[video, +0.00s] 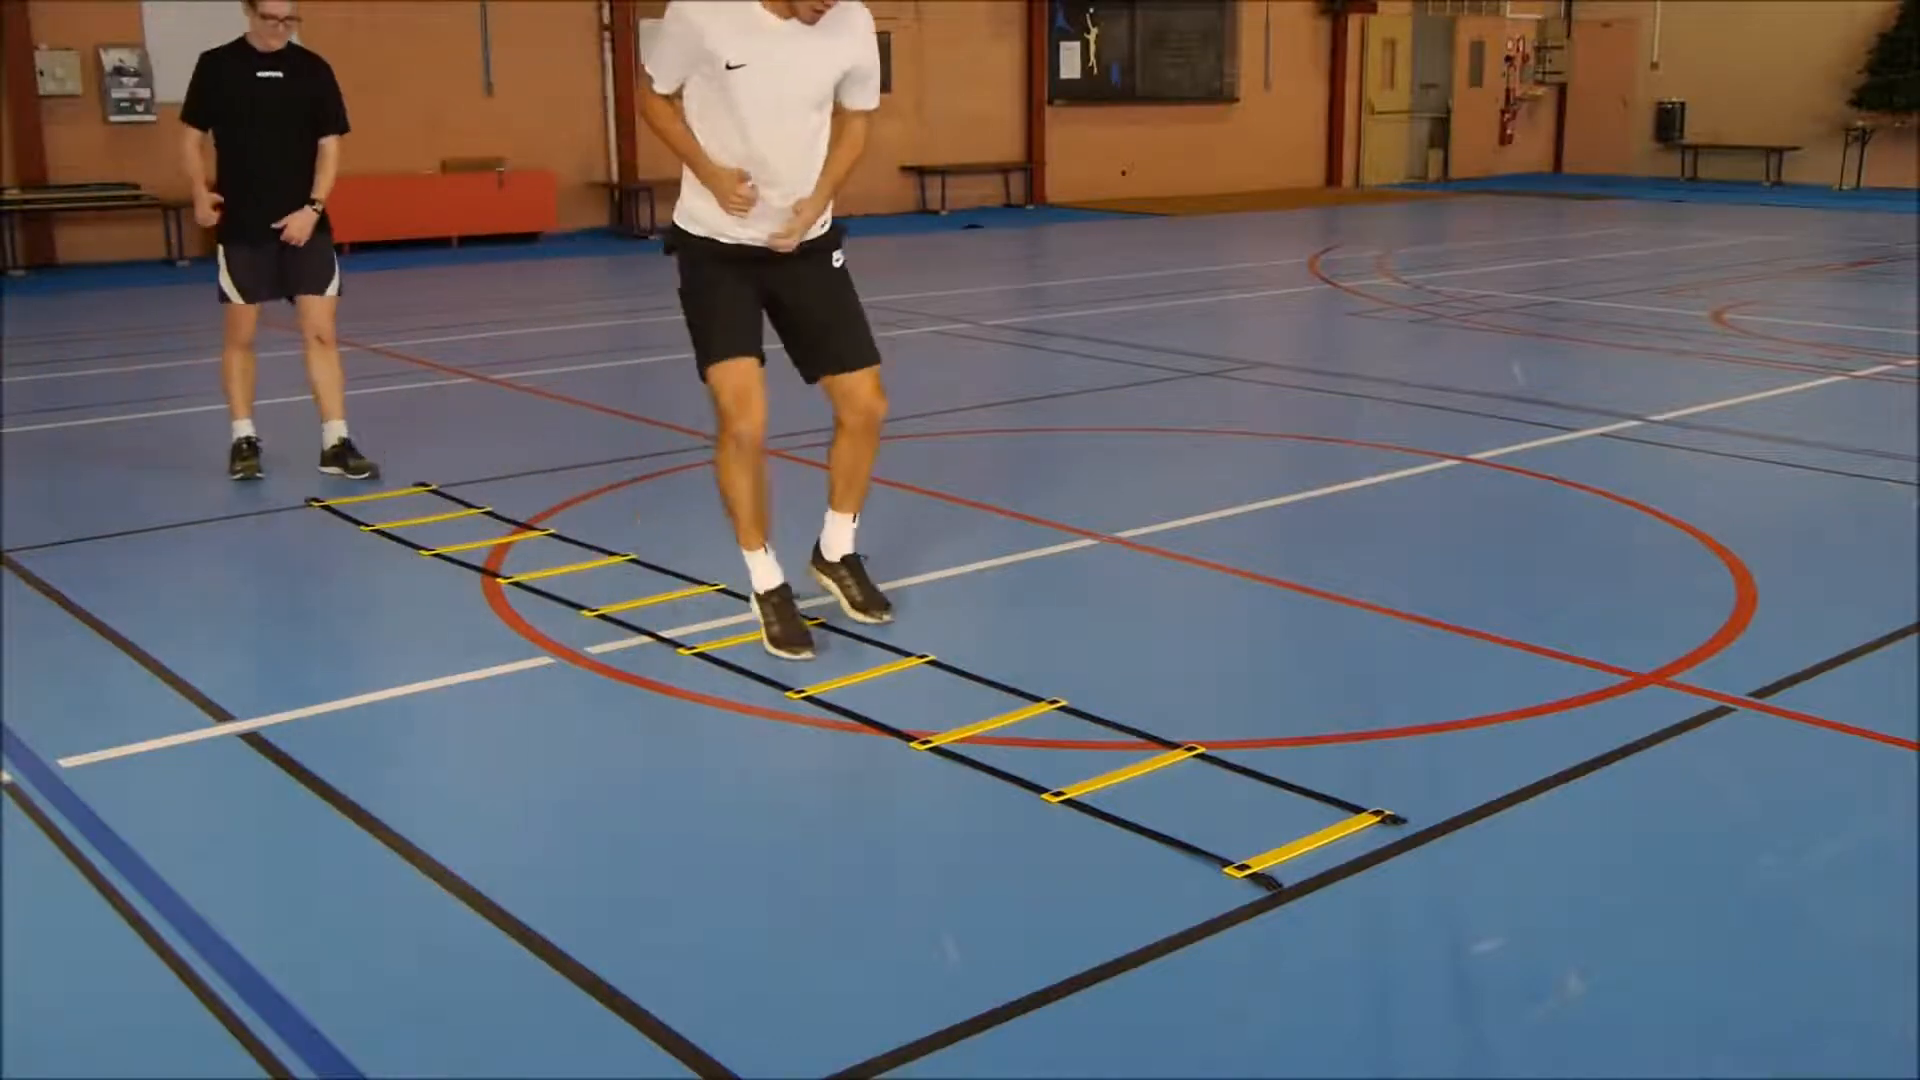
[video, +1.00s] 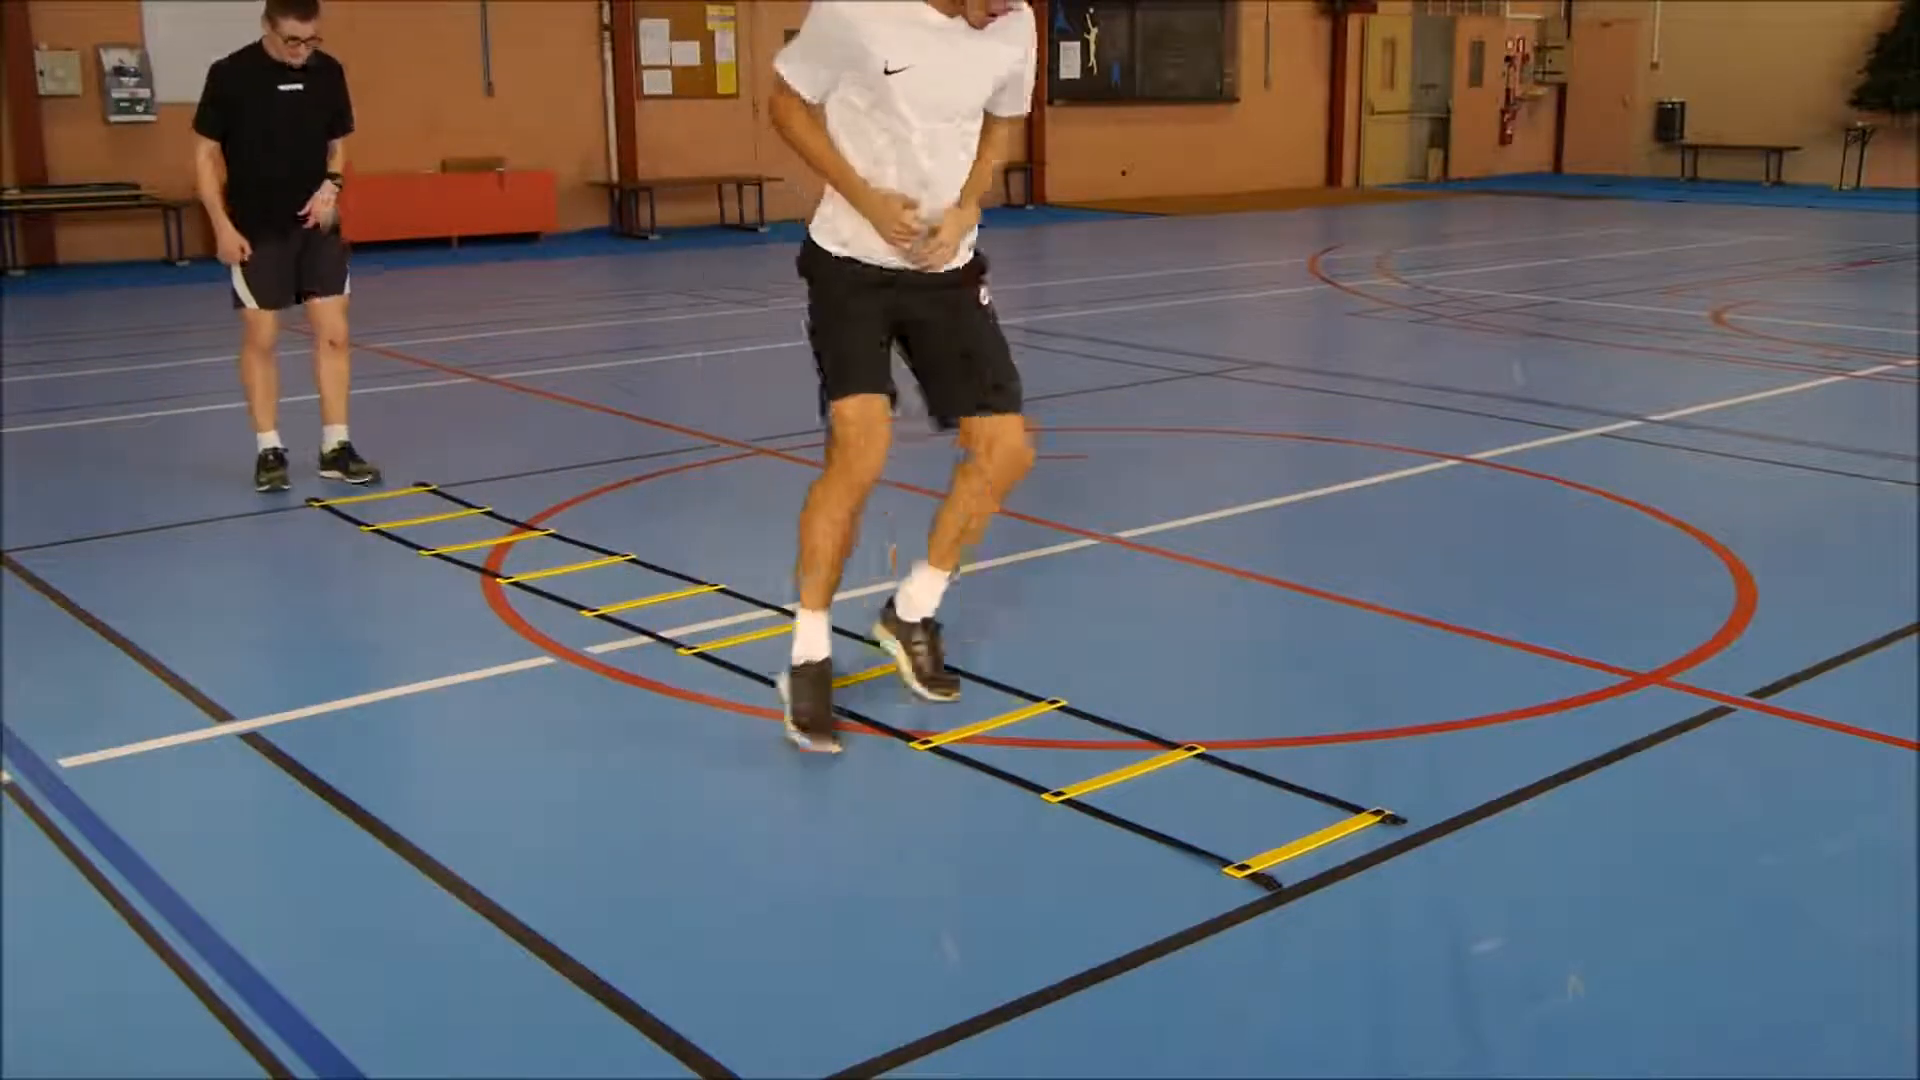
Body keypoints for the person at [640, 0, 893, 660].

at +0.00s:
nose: (822, 6)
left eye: (829, 3)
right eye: (813, 2)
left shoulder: (853, 24)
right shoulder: (698, 17)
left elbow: (854, 118)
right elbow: (654, 98)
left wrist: (818, 198)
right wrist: (708, 169)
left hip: (807, 242)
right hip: (714, 244)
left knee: (864, 405)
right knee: (744, 420)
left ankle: (835, 551)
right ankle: (767, 585)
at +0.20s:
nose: (853, 2)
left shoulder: (881, 21)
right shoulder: (722, 12)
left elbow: (874, 108)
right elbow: (670, 83)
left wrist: (831, 180)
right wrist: (708, 161)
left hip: (823, 243)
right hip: (731, 240)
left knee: (839, 421)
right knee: (755, 412)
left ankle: (797, 585)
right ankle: (743, 574)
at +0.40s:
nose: (891, 15)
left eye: (897, 6)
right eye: (880, 4)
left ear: (895, 4)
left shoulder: (888, 36)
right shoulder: (754, 37)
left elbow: (865, 123)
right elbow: (685, 137)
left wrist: (857, 198)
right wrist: (773, 217)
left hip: (845, 268)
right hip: (755, 280)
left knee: (951, 393)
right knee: (725, 459)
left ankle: (861, 544)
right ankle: (662, 628)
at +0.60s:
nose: (937, 17)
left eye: (945, 8)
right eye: (928, 6)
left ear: (948, 5)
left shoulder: (953, 33)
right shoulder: (795, 23)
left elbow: (948, 125)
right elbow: (738, 112)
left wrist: (918, 201)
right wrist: (793, 194)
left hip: (904, 264)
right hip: (805, 263)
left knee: (955, 429)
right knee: (797, 431)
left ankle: (931, 588)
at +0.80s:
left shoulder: (982, 16)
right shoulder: (827, 12)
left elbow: (965, 106)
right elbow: (758, 97)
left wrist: (942, 183)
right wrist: (836, 189)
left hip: (929, 253)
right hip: (837, 260)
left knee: (996, 421)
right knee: (882, 448)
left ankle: (923, 585)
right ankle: (870, 629)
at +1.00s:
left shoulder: (1015, 27)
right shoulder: (853, 14)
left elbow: (1002, 123)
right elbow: (785, 103)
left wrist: (968, 205)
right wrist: (864, 196)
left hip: (947, 270)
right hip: (849, 263)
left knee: (1005, 448)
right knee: (860, 446)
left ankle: (913, 609)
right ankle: (810, 652)